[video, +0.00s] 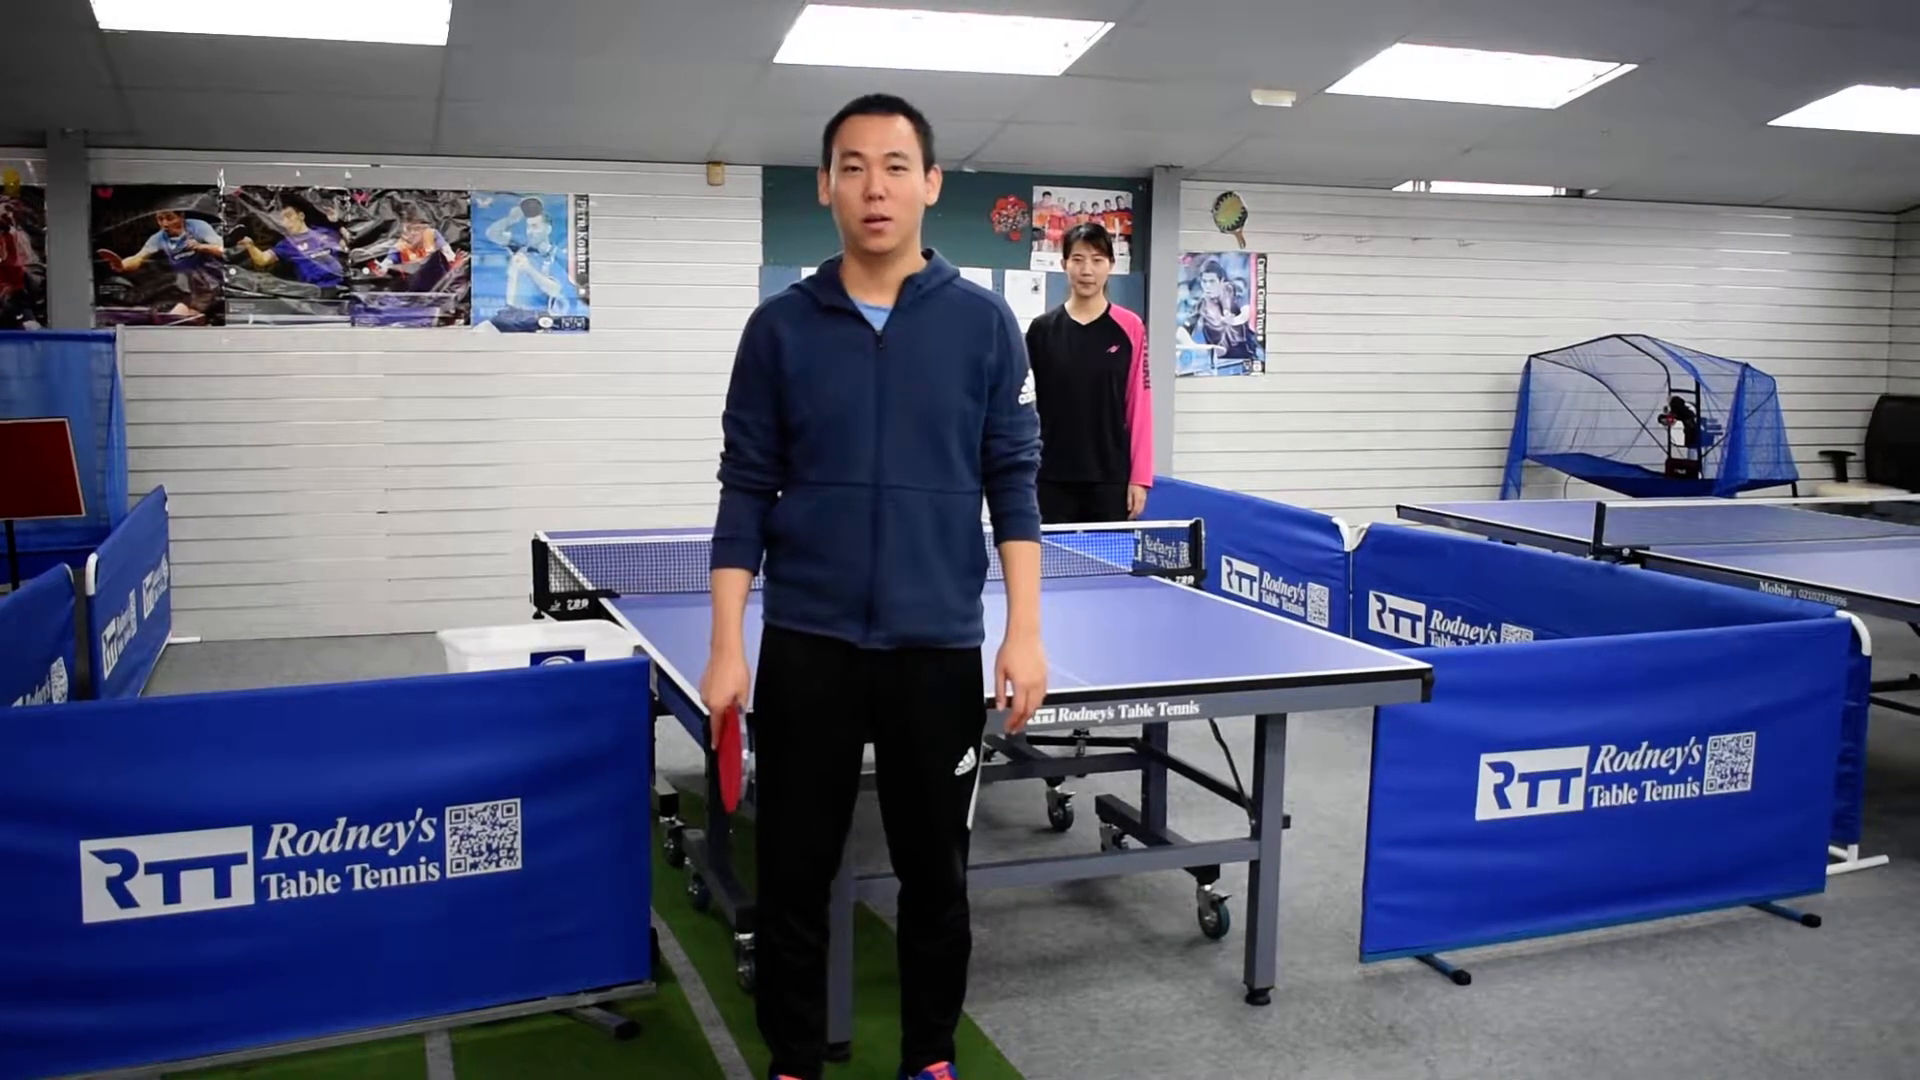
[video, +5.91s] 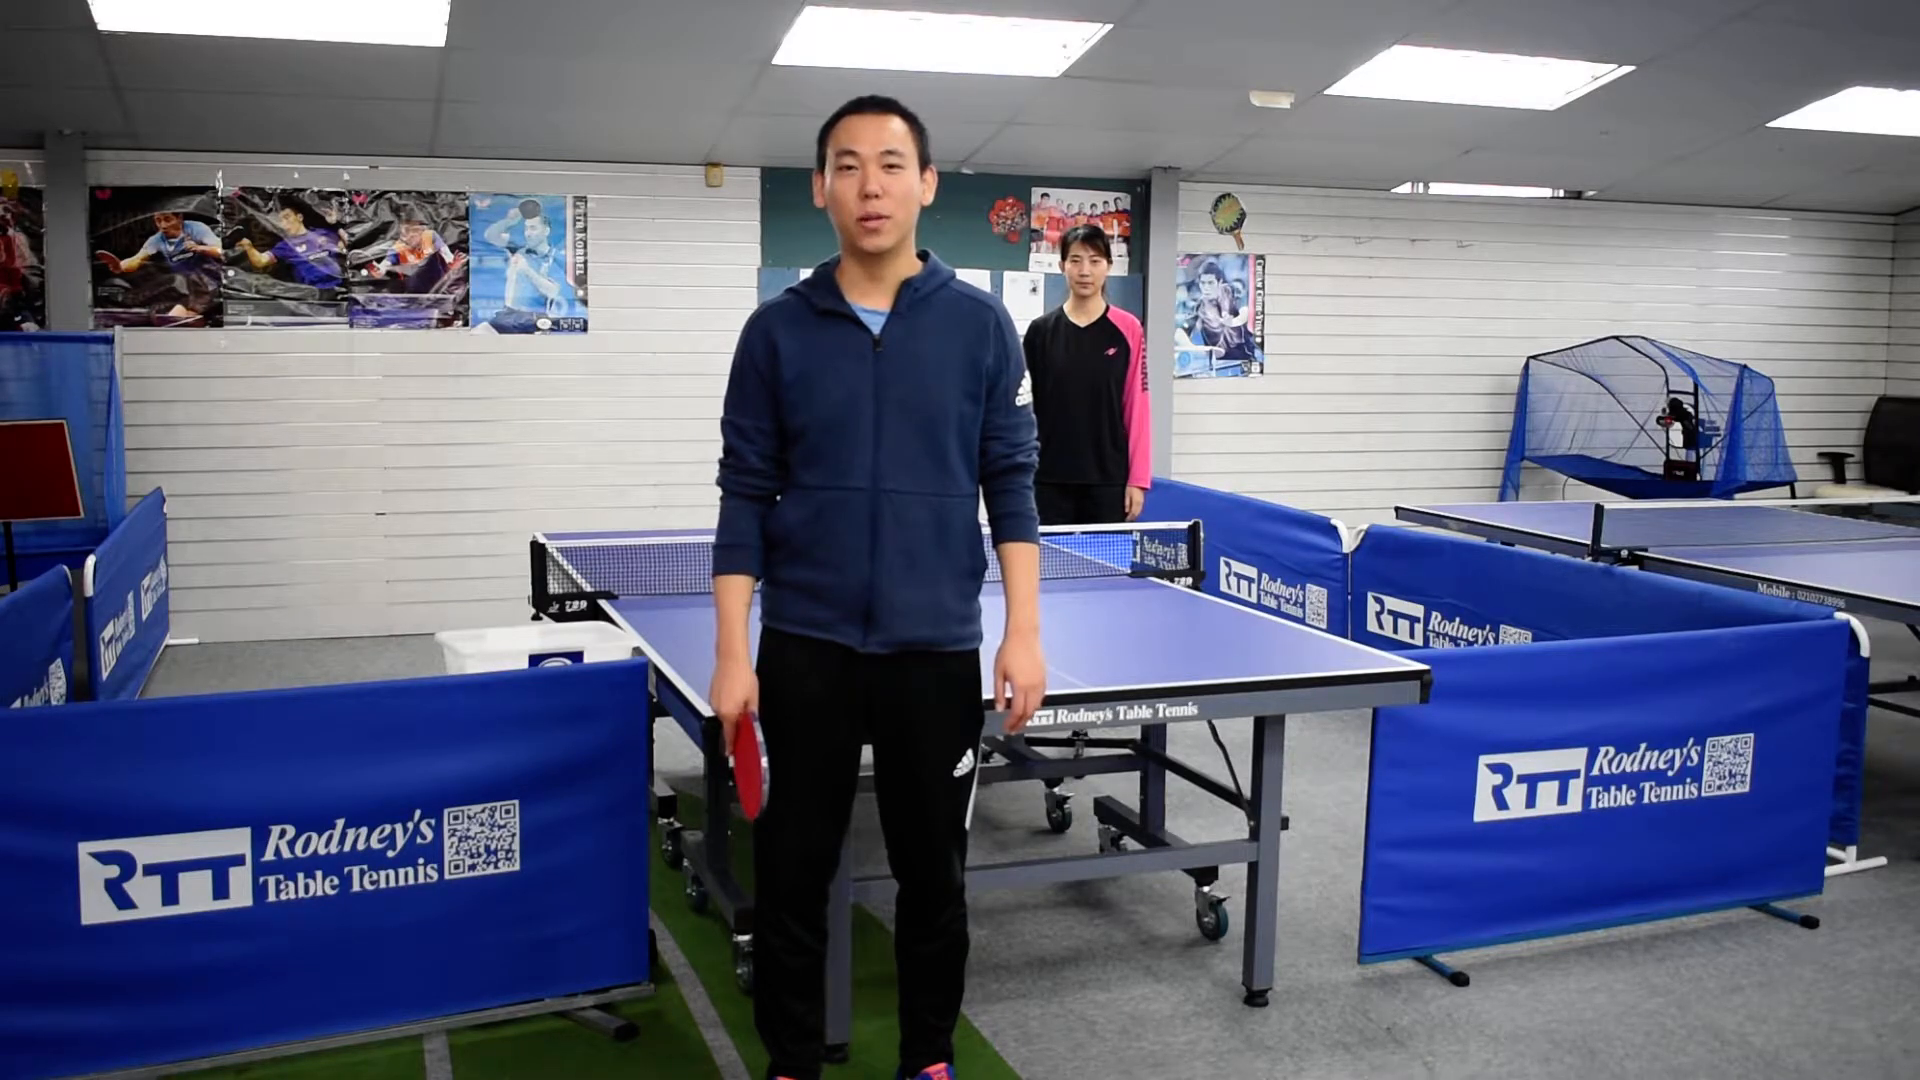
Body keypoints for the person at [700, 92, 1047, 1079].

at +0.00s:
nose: (874, 187)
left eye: (896, 167)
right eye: (853, 167)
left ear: (929, 188)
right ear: (827, 189)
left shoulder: (983, 324)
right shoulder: (780, 326)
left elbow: (1014, 481)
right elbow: (743, 486)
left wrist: (1025, 630)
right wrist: (726, 644)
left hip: (937, 645)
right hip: (808, 643)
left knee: (934, 874)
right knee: (792, 875)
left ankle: (931, 1059)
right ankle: (792, 1061)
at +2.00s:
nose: (870, 189)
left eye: (892, 169)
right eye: (849, 170)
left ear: (927, 190)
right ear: (824, 193)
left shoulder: (980, 327)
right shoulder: (778, 329)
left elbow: (1011, 486)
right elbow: (742, 490)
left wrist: (1021, 633)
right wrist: (729, 649)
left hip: (933, 645)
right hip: (805, 643)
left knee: (931, 875)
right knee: (790, 875)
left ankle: (929, 1061)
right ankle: (791, 1062)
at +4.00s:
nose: (867, 193)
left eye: (888, 172)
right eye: (846, 174)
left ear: (923, 189)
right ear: (820, 194)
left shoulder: (977, 326)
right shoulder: (775, 330)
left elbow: (1009, 483)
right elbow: (740, 491)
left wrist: (1020, 632)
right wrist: (728, 651)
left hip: (931, 644)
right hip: (804, 642)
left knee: (930, 871)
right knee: (789, 874)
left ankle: (929, 1061)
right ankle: (791, 1061)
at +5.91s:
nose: (869, 185)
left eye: (891, 166)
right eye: (848, 167)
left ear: (926, 187)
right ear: (822, 191)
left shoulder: (979, 326)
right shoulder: (777, 330)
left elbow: (1013, 482)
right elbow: (742, 493)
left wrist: (1024, 631)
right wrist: (732, 654)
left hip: (935, 645)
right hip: (806, 644)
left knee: (933, 874)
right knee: (790, 876)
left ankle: (930, 1060)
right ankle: (791, 1062)